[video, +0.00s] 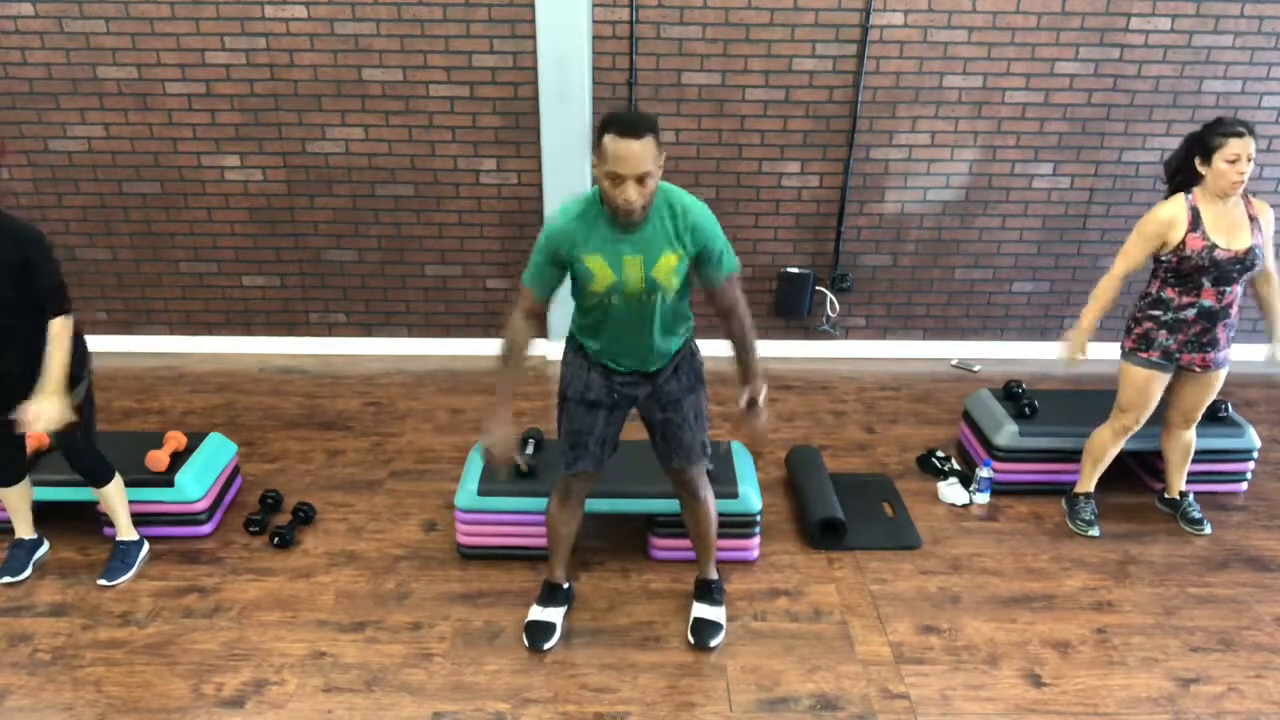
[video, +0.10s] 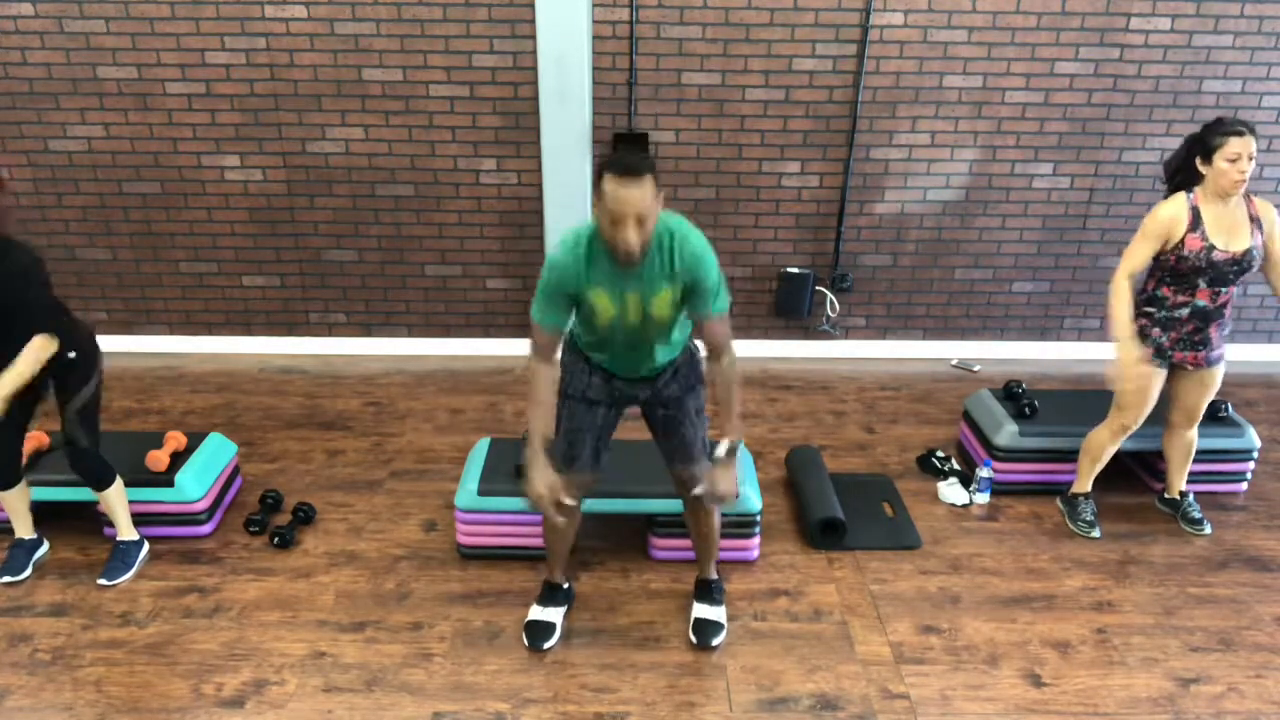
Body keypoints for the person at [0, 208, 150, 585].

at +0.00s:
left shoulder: (20, 239)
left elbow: (59, 315)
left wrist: (51, 390)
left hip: (54, 362)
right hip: (7, 371)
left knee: (79, 449)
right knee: (6, 458)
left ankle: (129, 538)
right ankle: (26, 539)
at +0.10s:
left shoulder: (14, 261)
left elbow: (44, 341)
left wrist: (6, 387)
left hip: (68, 348)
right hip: (15, 358)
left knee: (81, 449)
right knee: (2, 451)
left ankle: (129, 539)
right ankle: (25, 539)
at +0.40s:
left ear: (5, 319)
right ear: (3, 320)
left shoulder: (28, 353)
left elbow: (18, 430)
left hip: (99, 400)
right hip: (51, 410)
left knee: (84, 474)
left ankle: (131, 540)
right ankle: (25, 538)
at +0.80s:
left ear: (3, 313)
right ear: (3, 314)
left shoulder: (25, 345)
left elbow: (12, 419)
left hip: (94, 401)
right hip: (45, 410)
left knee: (79, 479)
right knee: (1, 477)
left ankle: (130, 540)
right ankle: (26, 538)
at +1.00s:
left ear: (4, 245)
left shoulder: (18, 279)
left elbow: (18, 360)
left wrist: (3, 426)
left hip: (76, 367)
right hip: (31, 372)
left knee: (80, 467)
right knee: (2, 465)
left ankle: (130, 540)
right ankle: (26, 539)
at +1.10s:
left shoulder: (16, 253)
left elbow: (36, 332)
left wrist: (41, 410)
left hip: (61, 357)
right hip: (11, 365)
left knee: (78, 456)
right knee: (1, 458)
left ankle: (129, 539)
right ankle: (26, 538)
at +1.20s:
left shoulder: (23, 238)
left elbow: (57, 316)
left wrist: (82, 388)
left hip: (43, 363)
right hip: (5, 373)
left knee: (78, 450)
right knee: (5, 459)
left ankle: (129, 539)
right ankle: (26, 538)